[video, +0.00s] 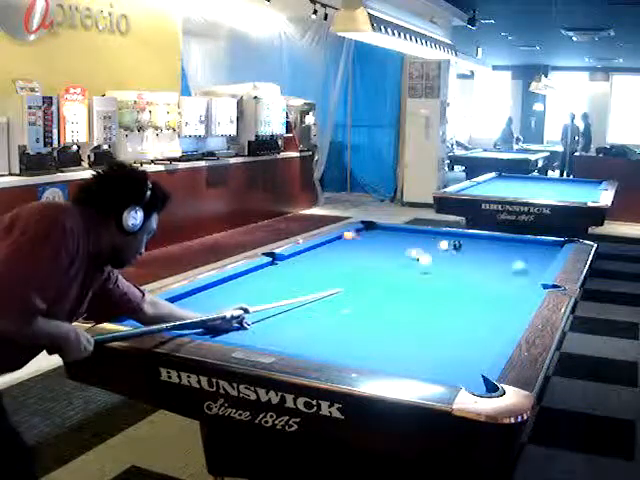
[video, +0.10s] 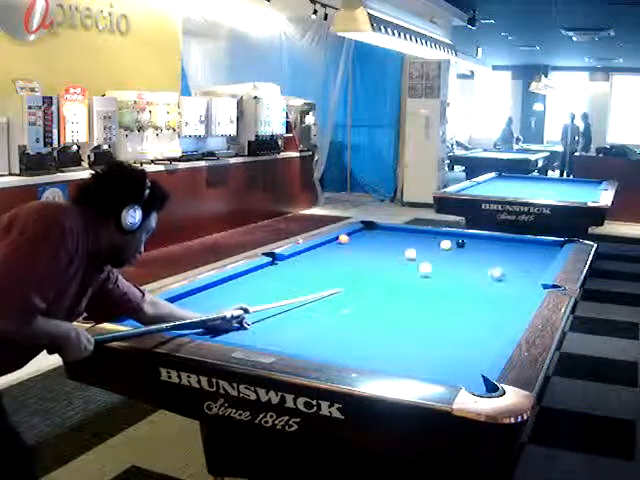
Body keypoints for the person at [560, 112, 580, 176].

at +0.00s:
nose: (572, 119)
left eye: (573, 117)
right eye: (571, 117)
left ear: (574, 118)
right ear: (569, 117)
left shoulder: (576, 127)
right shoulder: (565, 126)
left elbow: (578, 136)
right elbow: (562, 135)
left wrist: (577, 144)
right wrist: (563, 143)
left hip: (573, 146)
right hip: (566, 146)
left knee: (571, 160)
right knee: (563, 160)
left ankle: (569, 173)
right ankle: (561, 173)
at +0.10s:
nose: (572, 119)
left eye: (573, 117)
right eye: (571, 117)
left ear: (574, 118)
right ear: (569, 117)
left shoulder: (576, 127)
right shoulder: (565, 126)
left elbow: (578, 136)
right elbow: (562, 136)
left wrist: (577, 144)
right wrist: (563, 144)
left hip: (573, 146)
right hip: (566, 146)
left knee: (571, 160)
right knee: (563, 160)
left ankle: (569, 173)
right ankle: (561, 173)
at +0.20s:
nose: (572, 119)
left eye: (573, 117)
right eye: (571, 117)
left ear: (575, 118)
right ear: (570, 117)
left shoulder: (576, 127)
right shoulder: (565, 126)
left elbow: (578, 136)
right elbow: (563, 135)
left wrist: (577, 144)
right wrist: (563, 143)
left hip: (573, 146)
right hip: (566, 145)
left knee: (571, 160)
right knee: (563, 159)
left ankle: (569, 173)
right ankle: (561, 173)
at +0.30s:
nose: (572, 119)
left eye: (573, 117)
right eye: (571, 117)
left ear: (574, 118)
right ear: (570, 117)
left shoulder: (576, 128)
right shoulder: (565, 126)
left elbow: (578, 136)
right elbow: (563, 135)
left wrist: (577, 144)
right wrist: (563, 143)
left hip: (573, 146)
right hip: (565, 146)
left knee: (571, 160)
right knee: (563, 159)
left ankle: (569, 173)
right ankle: (561, 173)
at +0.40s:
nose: (572, 119)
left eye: (573, 117)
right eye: (571, 117)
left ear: (574, 118)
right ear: (569, 117)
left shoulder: (576, 128)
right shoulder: (565, 126)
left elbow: (578, 136)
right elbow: (563, 135)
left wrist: (577, 145)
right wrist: (563, 143)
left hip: (573, 146)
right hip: (565, 145)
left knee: (571, 160)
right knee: (563, 159)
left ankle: (569, 173)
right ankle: (561, 173)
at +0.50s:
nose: (572, 119)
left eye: (573, 117)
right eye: (571, 117)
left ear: (574, 118)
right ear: (569, 117)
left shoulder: (576, 127)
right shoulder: (565, 126)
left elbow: (578, 136)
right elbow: (563, 135)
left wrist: (577, 145)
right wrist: (563, 143)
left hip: (573, 146)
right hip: (565, 145)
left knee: (571, 160)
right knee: (563, 159)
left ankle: (569, 173)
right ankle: (561, 173)